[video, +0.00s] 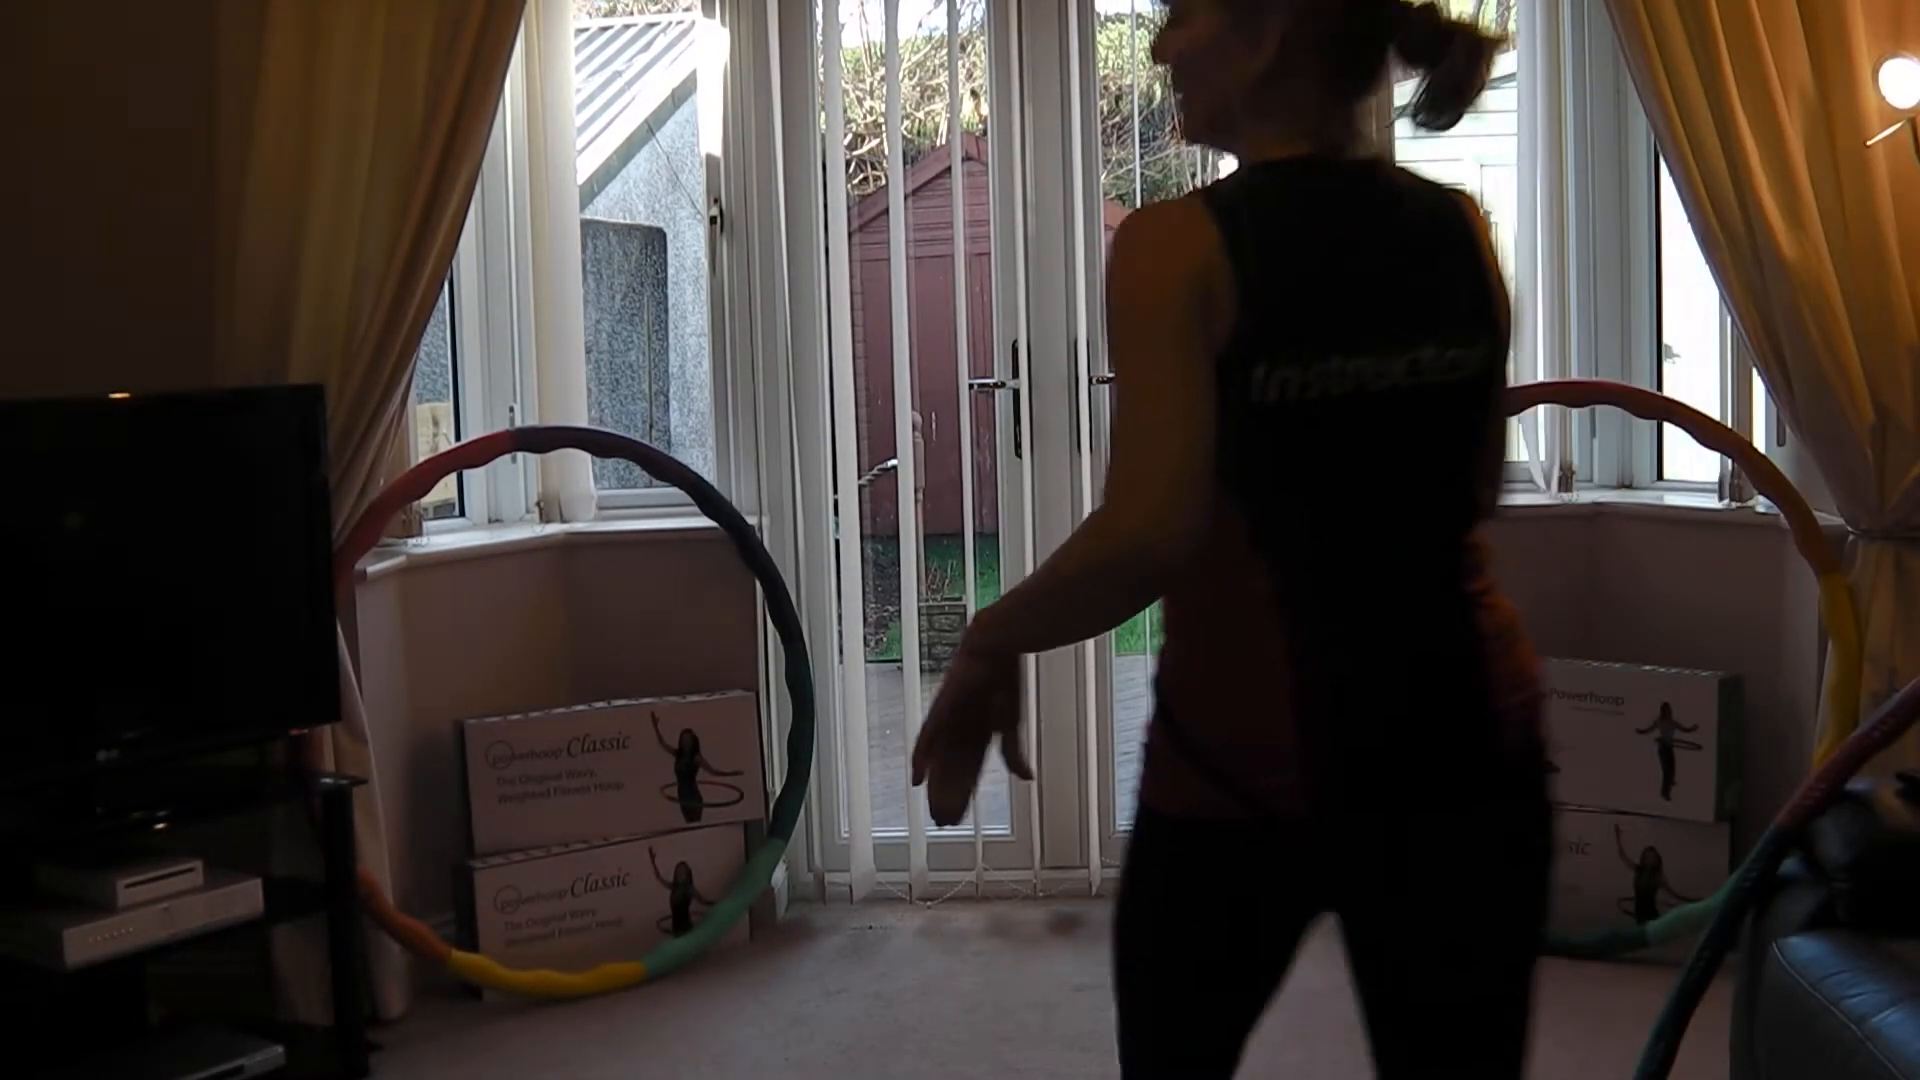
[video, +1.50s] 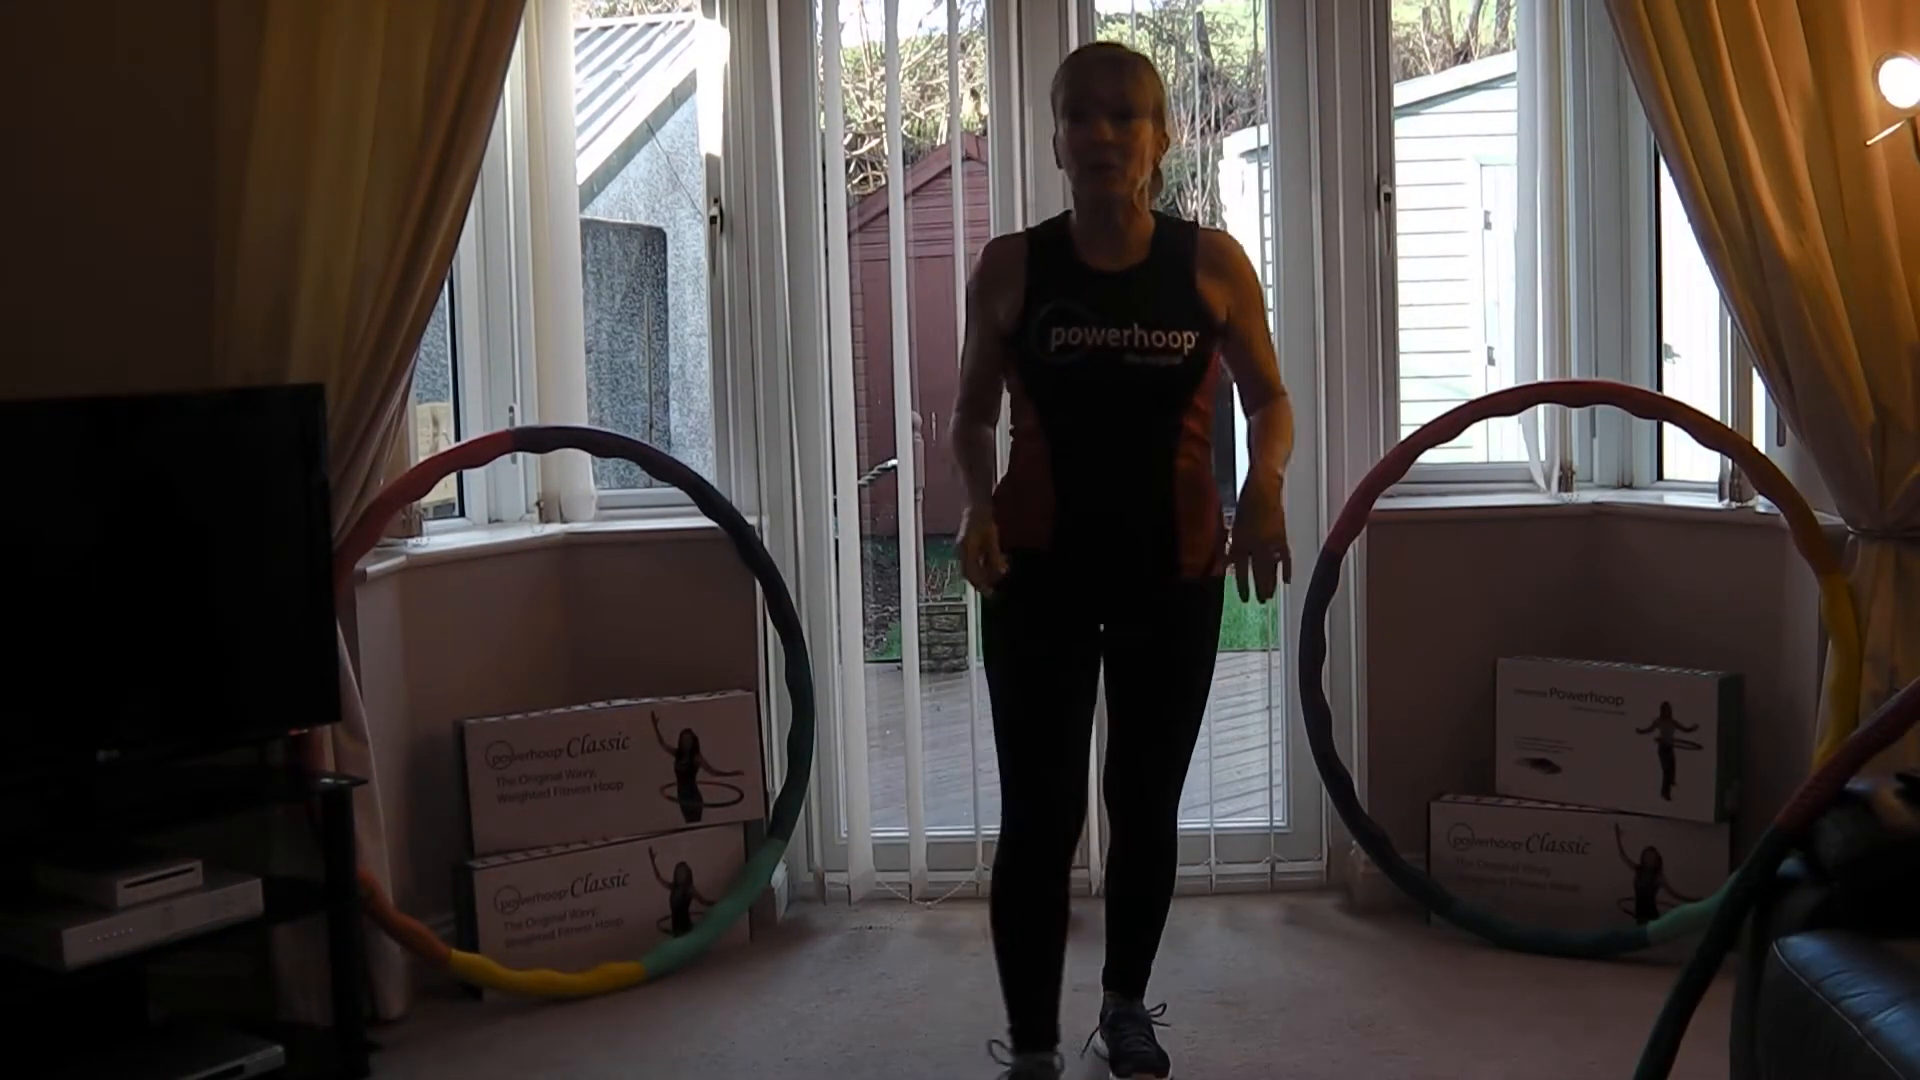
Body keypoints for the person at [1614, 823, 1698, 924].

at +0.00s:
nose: (1648, 859)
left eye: (1652, 856)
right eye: (1646, 856)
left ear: (1656, 859)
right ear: (1642, 858)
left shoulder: (1657, 876)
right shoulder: (1638, 870)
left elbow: (1673, 895)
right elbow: (1623, 856)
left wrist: (1692, 901)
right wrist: (1618, 837)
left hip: (1651, 909)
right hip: (1639, 909)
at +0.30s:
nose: (1649, 859)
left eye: (1652, 856)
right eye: (1647, 856)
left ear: (1657, 859)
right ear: (1642, 858)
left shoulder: (1657, 876)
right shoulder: (1638, 870)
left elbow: (1673, 894)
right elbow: (1622, 855)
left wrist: (1692, 901)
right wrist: (1618, 837)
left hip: (1651, 909)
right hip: (1639, 908)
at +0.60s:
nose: (1649, 859)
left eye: (1652, 856)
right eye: (1646, 856)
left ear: (1657, 859)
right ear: (1642, 858)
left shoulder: (1657, 876)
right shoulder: (1638, 870)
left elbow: (1673, 894)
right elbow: (1622, 855)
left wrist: (1693, 901)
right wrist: (1618, 836)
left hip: (1651, 910)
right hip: (1638, 909)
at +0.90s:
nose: (1649, 859)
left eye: (1652, 857)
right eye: (1646, 856)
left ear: (1657, 859)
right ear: (1642, 858)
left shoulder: (1657, 876)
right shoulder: (1639, 870)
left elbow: (1673, 894)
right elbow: (1622, 855)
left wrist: (1692, 901)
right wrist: (1618, 836)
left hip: (1651, 910)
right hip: (1638, 909)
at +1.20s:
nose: (1649, 859)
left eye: (1652, 856)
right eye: (1646, 856)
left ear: (1657, 859)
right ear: (1642, 858)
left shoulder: (1658, 876)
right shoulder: (1639, 870)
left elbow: (1673, 894)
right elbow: (1623, 856)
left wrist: (1691, 900)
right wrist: (1618, 838)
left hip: (1651, 910)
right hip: (1639, 909)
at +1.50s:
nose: (1648, 859)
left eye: (1651, 856)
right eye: (1646, 856)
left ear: (1657, 859)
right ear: (1642, 858)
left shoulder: (1658, 876)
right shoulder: (1639, 870)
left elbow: (1673, 894)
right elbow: (1623, 856)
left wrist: (1693, 900)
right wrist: (1618, 837)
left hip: (1651, 911)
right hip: (1639, 910)